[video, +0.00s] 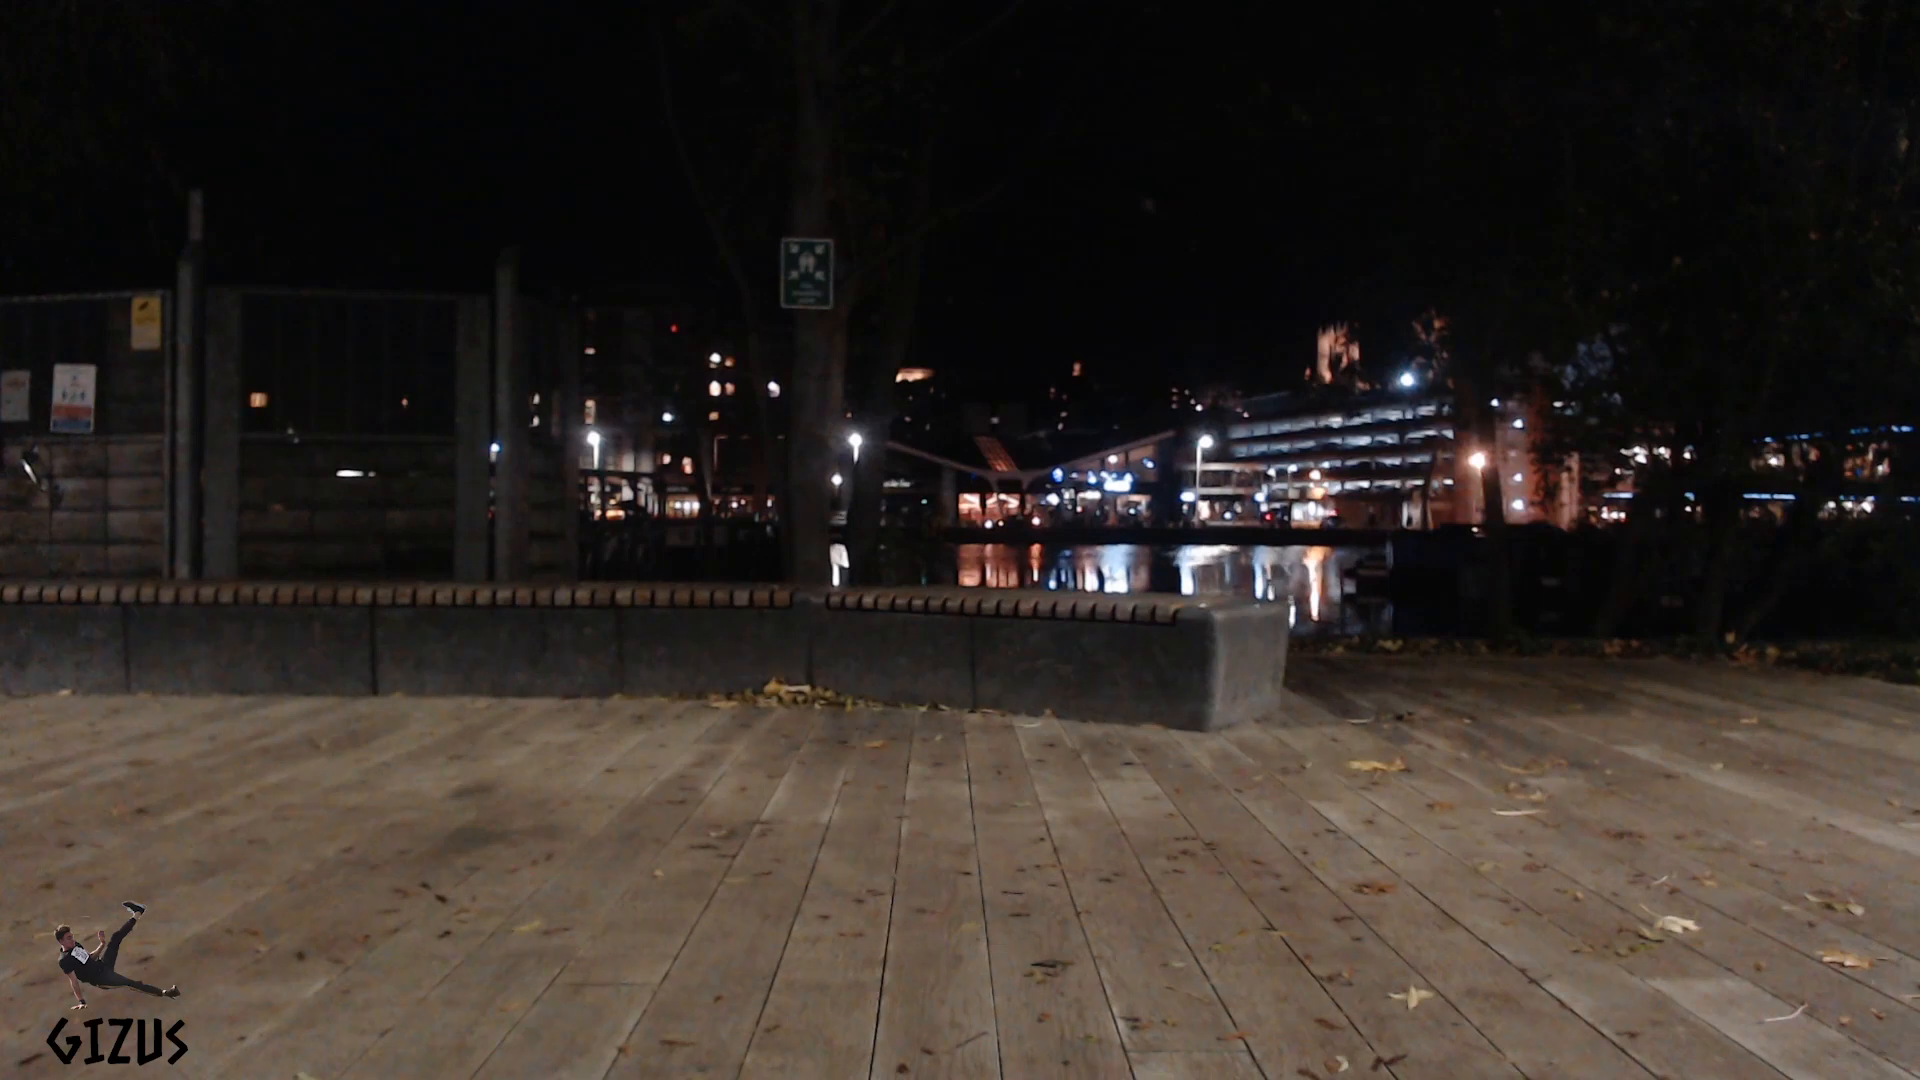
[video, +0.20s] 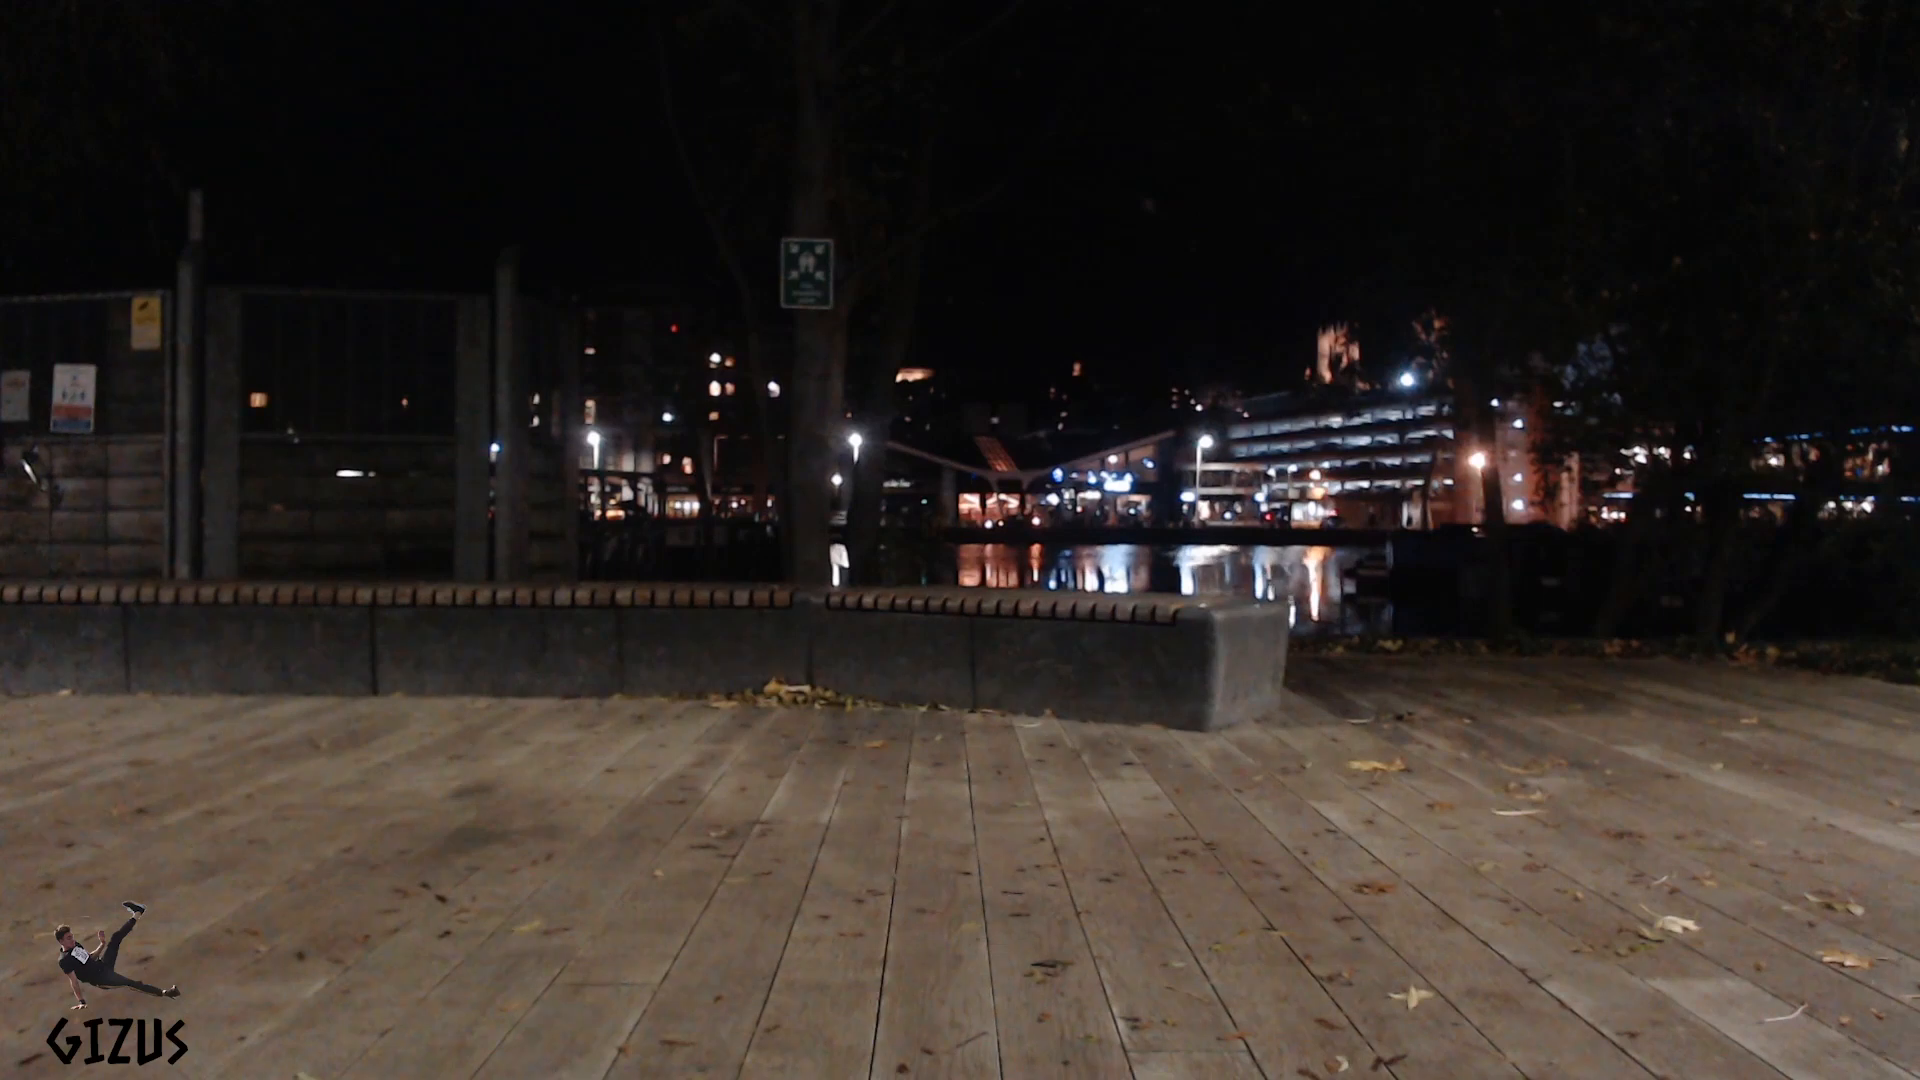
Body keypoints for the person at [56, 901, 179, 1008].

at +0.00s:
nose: (72, 939)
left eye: (72, 936)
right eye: (69, 938)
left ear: (70, 937)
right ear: (61, 941)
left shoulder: (75, 946)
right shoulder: (64, 960)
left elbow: (91, 957)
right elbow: (74, 982)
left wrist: (102, 944)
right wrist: (81, 1001)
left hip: (104, 964)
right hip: (102, 978)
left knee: (115, 939)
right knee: (132, 983)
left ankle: (135, 916)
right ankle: (164, 993)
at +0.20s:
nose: (72, 939)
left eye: (72, 936)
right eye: (69, 938)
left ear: (70, 937)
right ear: (61, 941)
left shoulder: (75, 946)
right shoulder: (64, 960)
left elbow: (91, 957)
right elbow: (74, 982)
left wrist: (102, 944)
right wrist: (81, 1001)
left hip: (104, 964)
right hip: (102, 978)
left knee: (115, 939)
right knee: (132, 983)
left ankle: (135, 916)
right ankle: (164, 993)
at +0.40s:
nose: (72, 939)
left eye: (72, 936)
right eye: (69, 938)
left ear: (70, 937)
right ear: (61, 941)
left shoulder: (75, 946)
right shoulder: (64, 960)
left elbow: (91, 957)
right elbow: (74, 982)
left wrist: (102, 944)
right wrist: (81, 1001)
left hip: (104, 964)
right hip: (102, 978)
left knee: (115, 939)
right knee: (132, 983)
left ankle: (135, 916)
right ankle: (164, 993)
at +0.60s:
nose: (72, 939)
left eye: (72, 936)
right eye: (69, 938)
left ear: (70, 937)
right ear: (61, 941)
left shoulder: (75, 946)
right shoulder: (64, 960)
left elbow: (91, 957)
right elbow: (74, 982)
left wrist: (102, 944)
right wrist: (81, 1001)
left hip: (104, 964)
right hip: (102, 978)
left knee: (115, 939)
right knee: (132, 983)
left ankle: (135, 916)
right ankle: (164, 993)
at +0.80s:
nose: (72, 939)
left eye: (72, 936)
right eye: (69, 938)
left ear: (70, 937)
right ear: (61, 941)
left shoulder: (75, 946)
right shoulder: (64, 960)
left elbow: (91, 957)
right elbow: (74, 982)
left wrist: (102, 944)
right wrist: (81, 1001)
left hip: (104, 964)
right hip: (102, 978)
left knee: (115, 939)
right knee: (132, 983)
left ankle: (135, 916)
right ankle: (164, 993)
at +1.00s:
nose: (72, 939)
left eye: (72, 936)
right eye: (69, 938)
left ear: (70, 937)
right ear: (61, 941)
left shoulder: (75, 946)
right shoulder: (64, 960)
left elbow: (91, 957)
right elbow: (74, 982)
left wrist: (102, 944)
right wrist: (81, 1001)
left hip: (104, 964)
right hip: (102, 978)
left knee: (115, 939)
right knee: (132, 983)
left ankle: (135, 916)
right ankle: (164, 993)